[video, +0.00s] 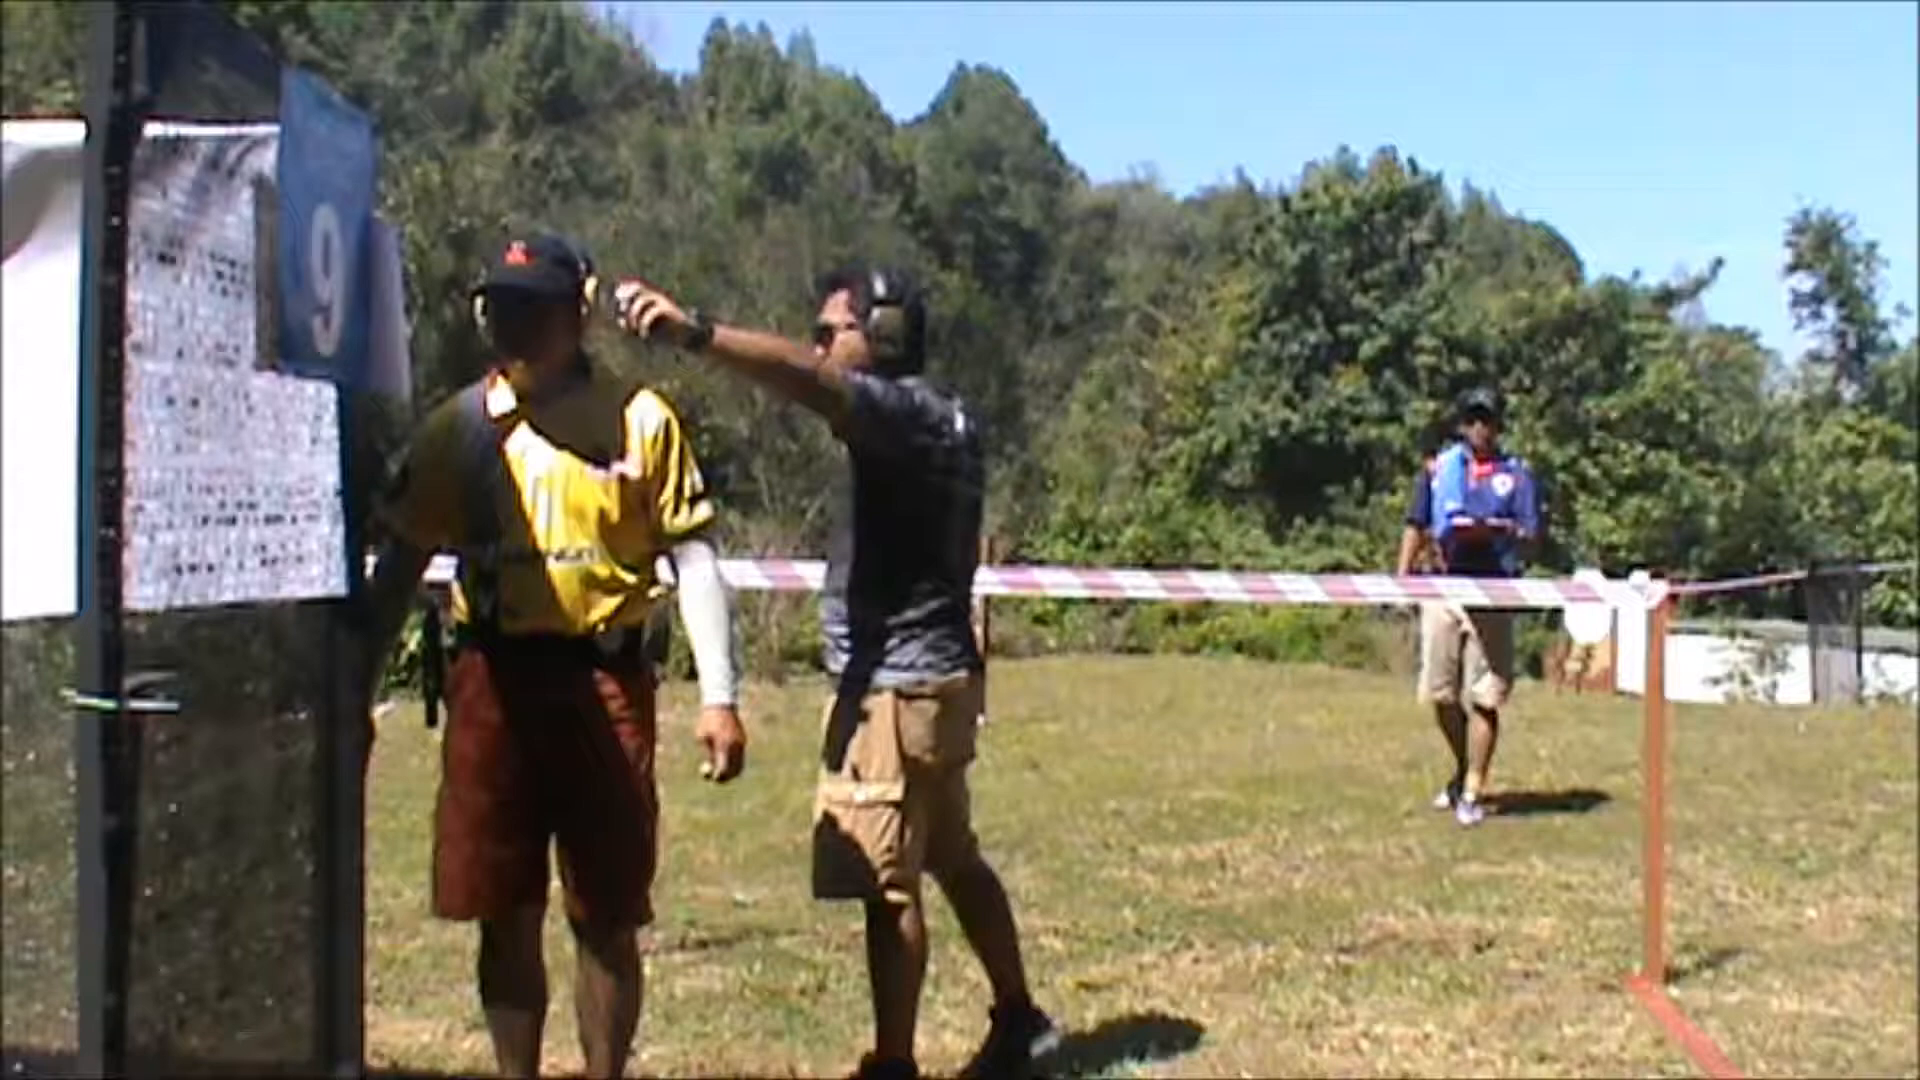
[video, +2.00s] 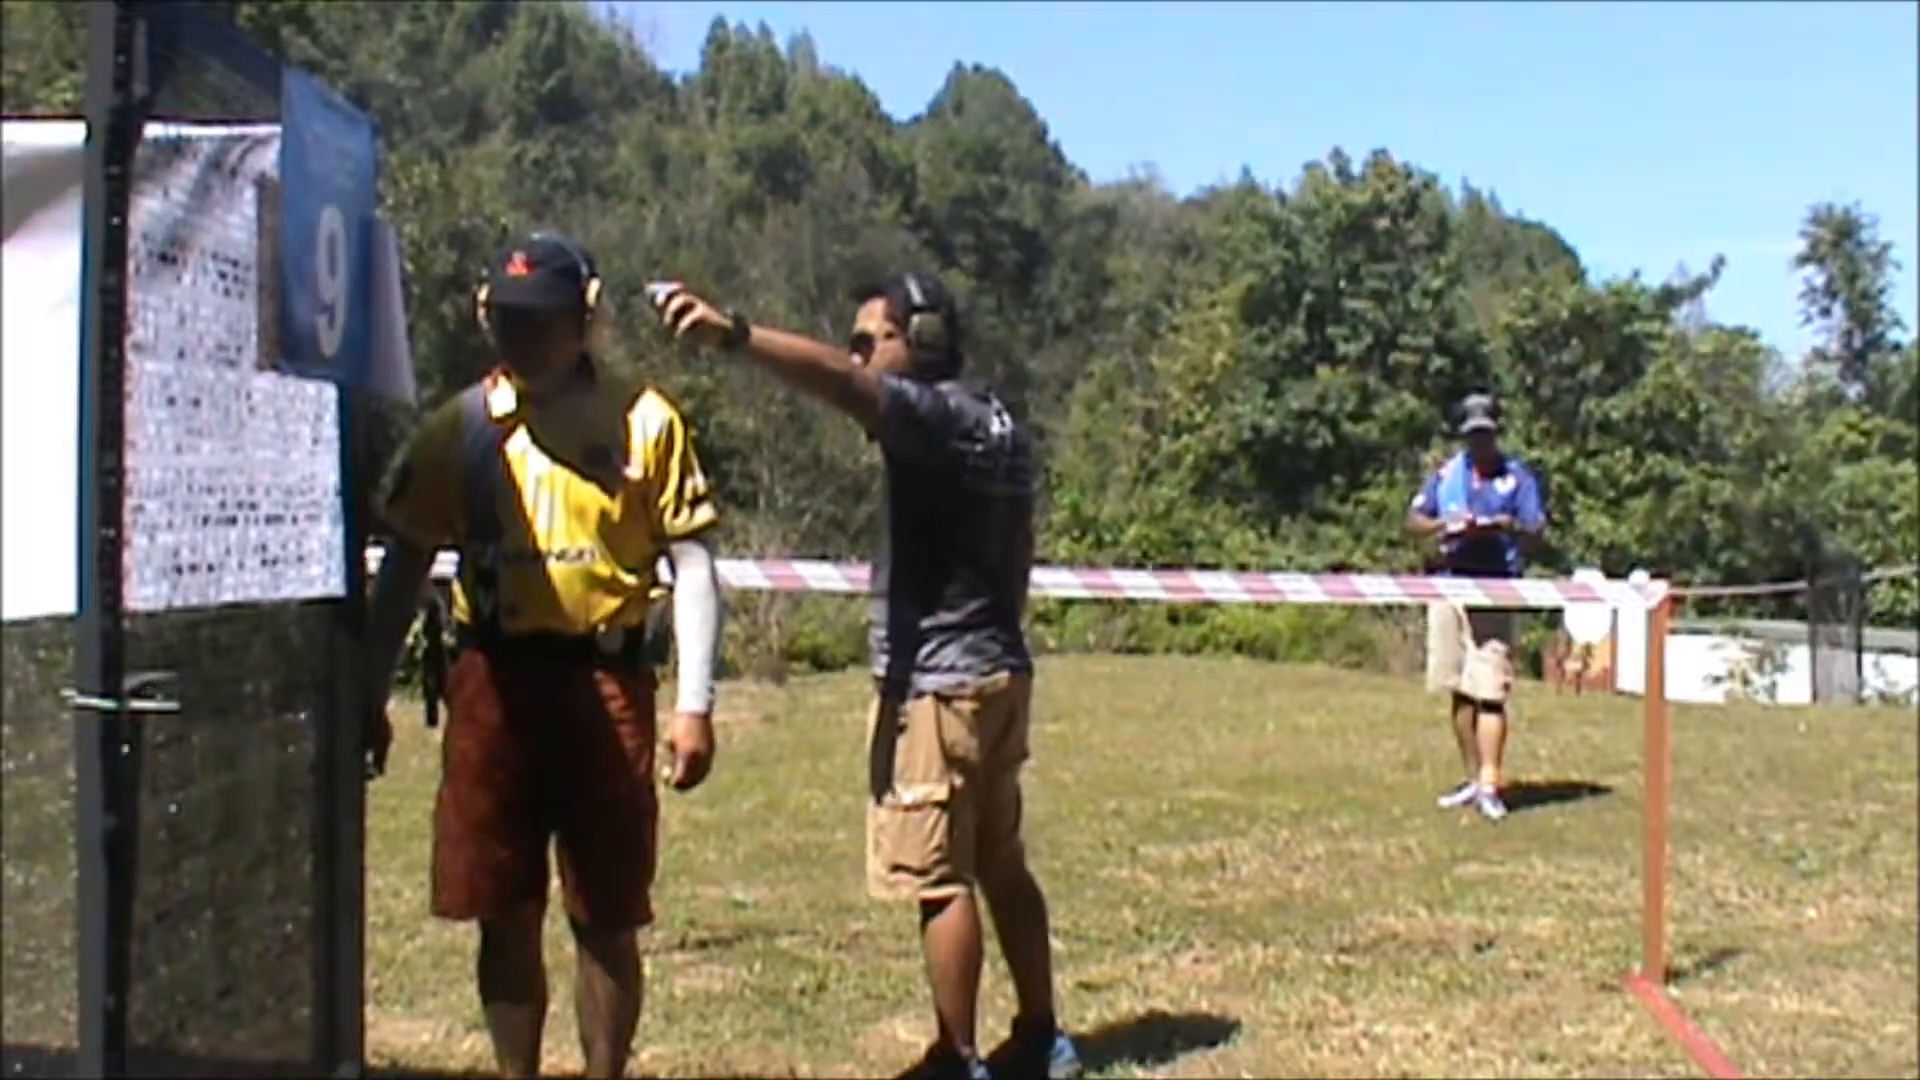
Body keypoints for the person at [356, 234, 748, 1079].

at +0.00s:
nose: (507, 322)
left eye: (528, 306)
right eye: (498, 304)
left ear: (576, 314)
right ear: (486, 310)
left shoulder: (642, 422)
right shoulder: (461, 425)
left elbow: (693, 558)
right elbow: (400, 563)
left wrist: (719, 694)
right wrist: (353, 694)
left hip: (605, 689)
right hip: (495, 690)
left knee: (605, 922)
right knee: (504, 915)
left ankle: (606, 1072)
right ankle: (515, 1072)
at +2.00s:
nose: (516, 339)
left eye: (536, 323)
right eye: (506, 320)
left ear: (585, 323)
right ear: (488, 317)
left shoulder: (645, 423)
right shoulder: (463, 426)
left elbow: (692, 565)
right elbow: (405, 565)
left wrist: (695, 700)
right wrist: (370, 695)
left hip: (605, 694)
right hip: (495, 694)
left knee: (606, 923)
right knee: (503, 915)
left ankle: (605, 1071)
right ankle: (517, 1071)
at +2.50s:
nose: (519, 338)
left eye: (539, 323)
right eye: (507, 320)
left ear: (586, 323)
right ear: (490, 317)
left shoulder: (645, 424)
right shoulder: (463, 426)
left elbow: (693, 565)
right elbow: (405, 565)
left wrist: (695, 701)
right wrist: (369, 695)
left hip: (606, 692)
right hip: (495, 693)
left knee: (607, 923)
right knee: (503, 914)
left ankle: (607, 1071)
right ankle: (517, 1072)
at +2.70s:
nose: (519, 338)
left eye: (538, 323)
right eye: (507, 321)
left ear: (585, 324)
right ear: (491, 319)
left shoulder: (646, 424)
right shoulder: (464, 426)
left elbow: (693, 564)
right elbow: (405, 564)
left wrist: (695, 701)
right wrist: (369, 694)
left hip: (606, 694)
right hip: (496, 694)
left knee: (606, 924)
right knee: (504, 918)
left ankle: (606, 1072)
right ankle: (517, 1072)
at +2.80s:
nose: (518, 338)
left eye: (538, 323)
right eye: (507, 320)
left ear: (585, 324)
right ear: (491, 319)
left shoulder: (646, 424)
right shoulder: (465, 425)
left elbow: (693, 565)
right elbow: (405, 564)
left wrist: (695, 701)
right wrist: (368, 694)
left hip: (606, 694)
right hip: (496, 693)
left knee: (607, 924)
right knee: (504, 917)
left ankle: (606, 1072)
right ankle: (517, 1072)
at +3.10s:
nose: (516, 339)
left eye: (536, 324)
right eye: (505, 321)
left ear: (583, 325)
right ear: (489, 319)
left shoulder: (645, 424)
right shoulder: (465, 426)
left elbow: (692, 565)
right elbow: (405, 564)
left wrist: (694, 701)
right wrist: (369, 695)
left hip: (605, 694)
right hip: (495, 694)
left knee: (606, 925)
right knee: (503, 918)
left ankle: (606, 1072)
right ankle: (517, 1072)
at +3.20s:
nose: (516, 339)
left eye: (536, 324)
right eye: (505, 321)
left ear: (583, 325)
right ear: (490, 319)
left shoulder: (645, 424)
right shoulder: (465, 424)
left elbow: (692, 564)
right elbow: (405, 562)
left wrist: (694, 701)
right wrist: (370, 695)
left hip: (605, 693)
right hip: (495, 693)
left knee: (606, 924)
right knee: (503, 917)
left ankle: (606, 1072)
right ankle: (517, 1072)